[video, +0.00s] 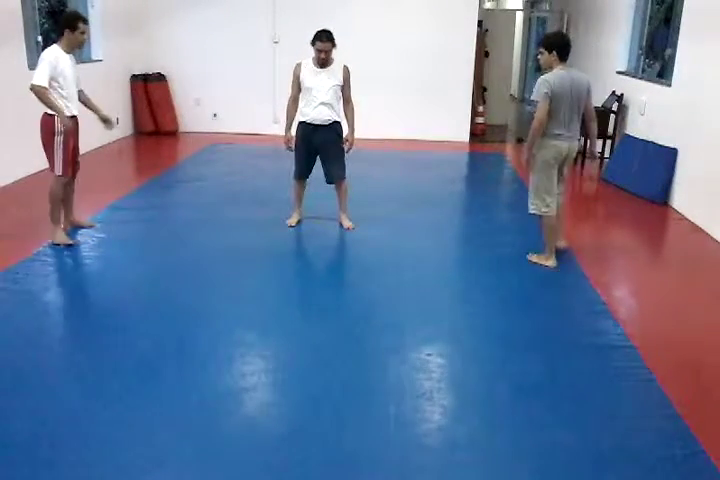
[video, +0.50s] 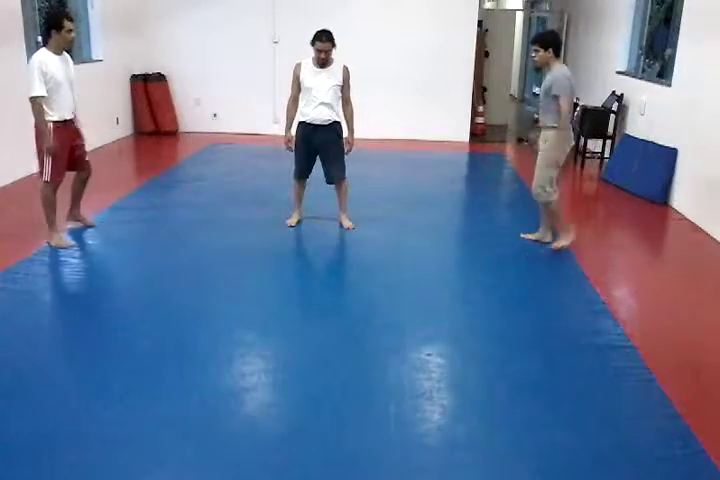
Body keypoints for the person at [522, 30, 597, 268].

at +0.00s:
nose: (539, 58)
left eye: (541, 53)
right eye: (539, 53)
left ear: (553, 55)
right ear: (563, 55)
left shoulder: (547, 81)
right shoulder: (582, 80)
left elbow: (540, 120)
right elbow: (590, 117)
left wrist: (528, 148)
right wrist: (593, 147)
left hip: (550, 143)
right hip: (570, 144)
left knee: (546, 199)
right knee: (558, 192)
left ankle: (549, 253)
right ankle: (559, 237)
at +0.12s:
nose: (536, 58)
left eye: (539, 54)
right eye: (537, 54)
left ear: (551, 56)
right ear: (560, 56)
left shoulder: (547, 82)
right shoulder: (577, 81)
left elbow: (543, 120)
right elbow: (584, 117)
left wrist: (526, 142)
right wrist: (587, 145)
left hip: (548, 143)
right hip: (568, 143)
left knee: (546, 198)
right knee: (555, 192)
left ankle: (549, 253)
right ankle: (550, 233)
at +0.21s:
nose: (534, 59)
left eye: (538, 55)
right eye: (534, 55)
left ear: (550, 56)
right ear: (556, 56)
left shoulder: (550, 82)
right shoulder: (570, 79)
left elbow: (546, 121)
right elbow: (577, 118)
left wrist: (525, 146)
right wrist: (580, 147)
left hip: (550, 142)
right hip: (566, 141)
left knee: (546, 196)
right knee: (551, 189)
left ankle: (550, 252)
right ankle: (545, 231)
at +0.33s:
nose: (533, 59)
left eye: (536, 54)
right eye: (533, 54)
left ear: (549, 54)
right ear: (552, 55)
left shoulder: (553, 79)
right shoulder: (562, 76)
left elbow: (554, 118)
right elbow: (560, 115)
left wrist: (537, 145)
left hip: (555, 138)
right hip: (561, 136)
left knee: (541, 190)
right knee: (547, 186)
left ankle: (554, 242)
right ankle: (545, 231)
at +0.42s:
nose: (533, 57)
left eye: (537, 52)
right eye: (533, 52)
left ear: (549, 52)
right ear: (548, 53)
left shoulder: (557, 77)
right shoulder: (552, 75)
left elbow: (562, 113)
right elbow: (558, 110)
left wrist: (546, 126)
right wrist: (544, 122)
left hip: (555, 135)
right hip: (551, 133)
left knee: (542, 188)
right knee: (545, 185)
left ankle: (559, 237)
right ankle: (545, 231)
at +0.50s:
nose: (533, 56)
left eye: (537, 51)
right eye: (533, 51)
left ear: (550, 51)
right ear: (548, 52)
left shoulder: (560, 75)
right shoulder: (551, 75)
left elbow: (565, 107)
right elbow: (554, 107)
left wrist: (562, 135)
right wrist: (544, 133)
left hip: (555, 133)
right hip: (547, 131)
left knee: (542, 187)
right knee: (543, 186)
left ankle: (565, 231)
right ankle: (544, 231)